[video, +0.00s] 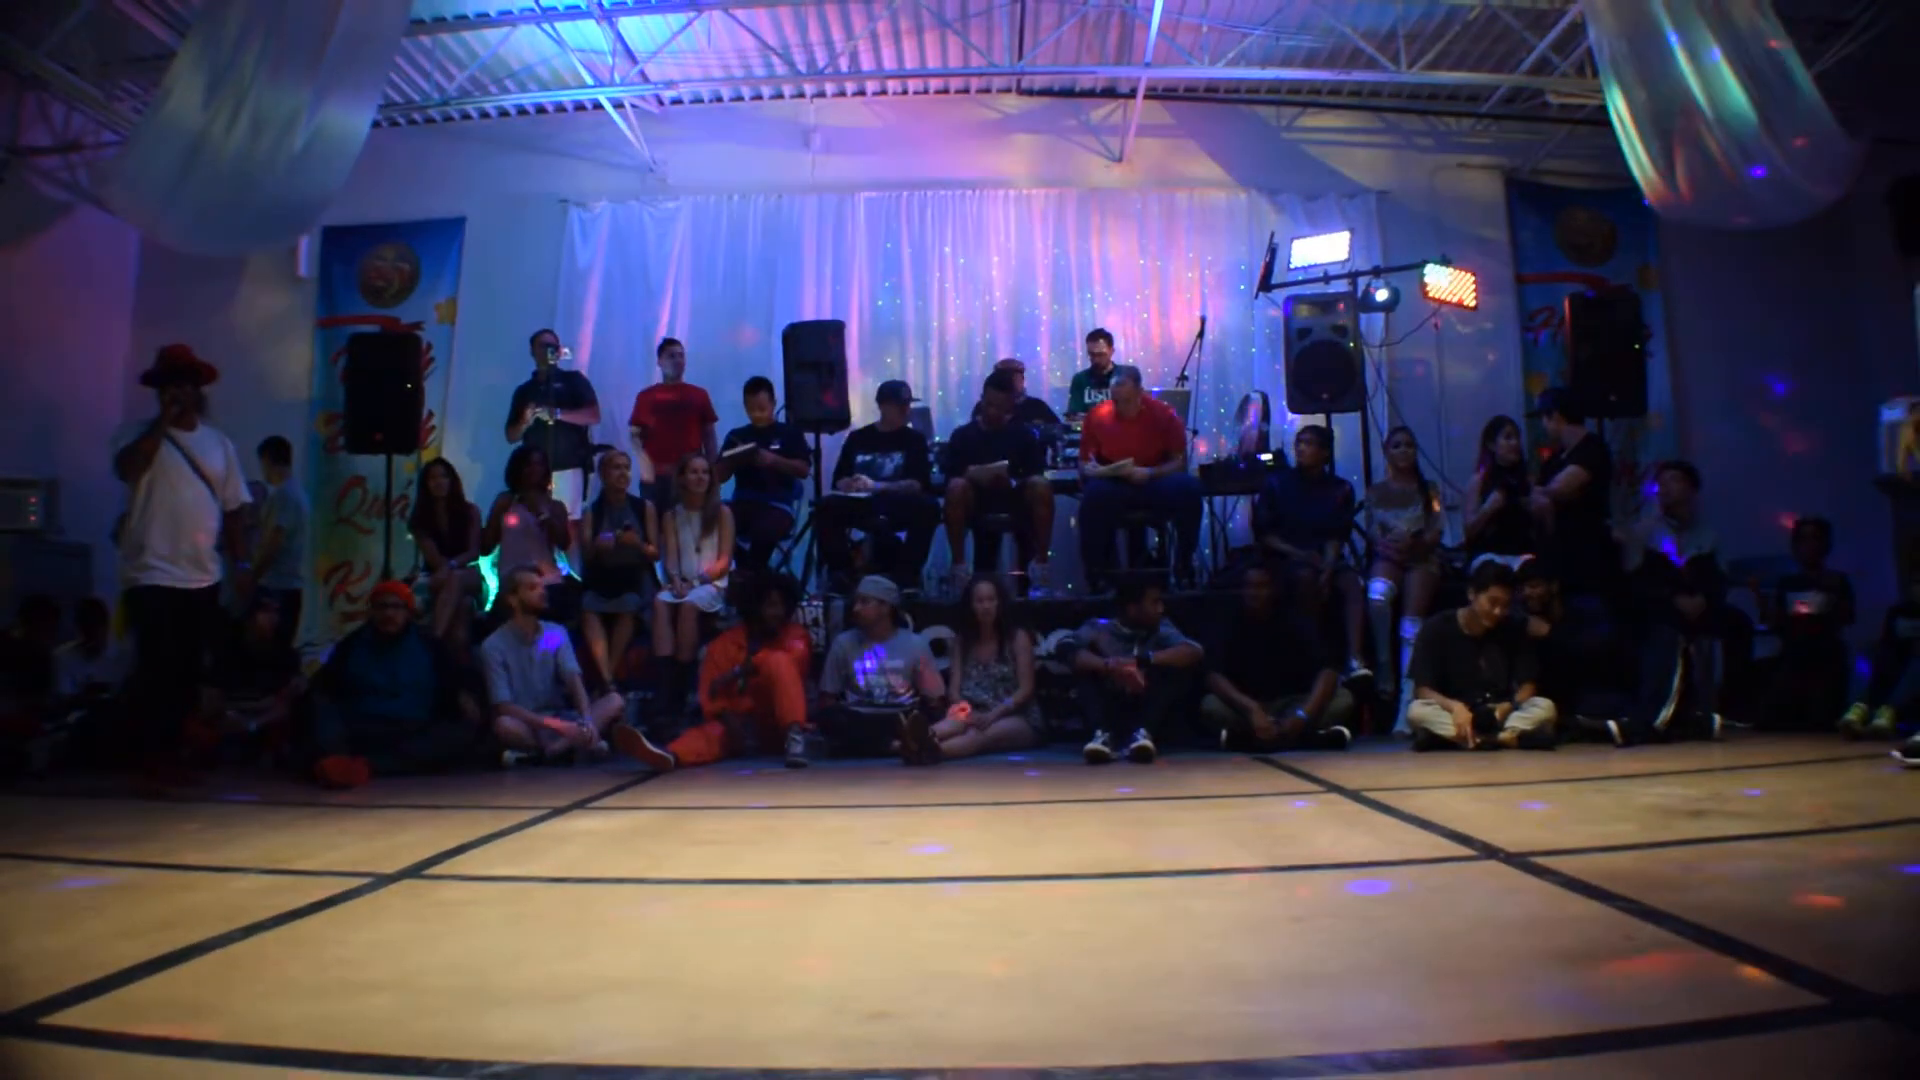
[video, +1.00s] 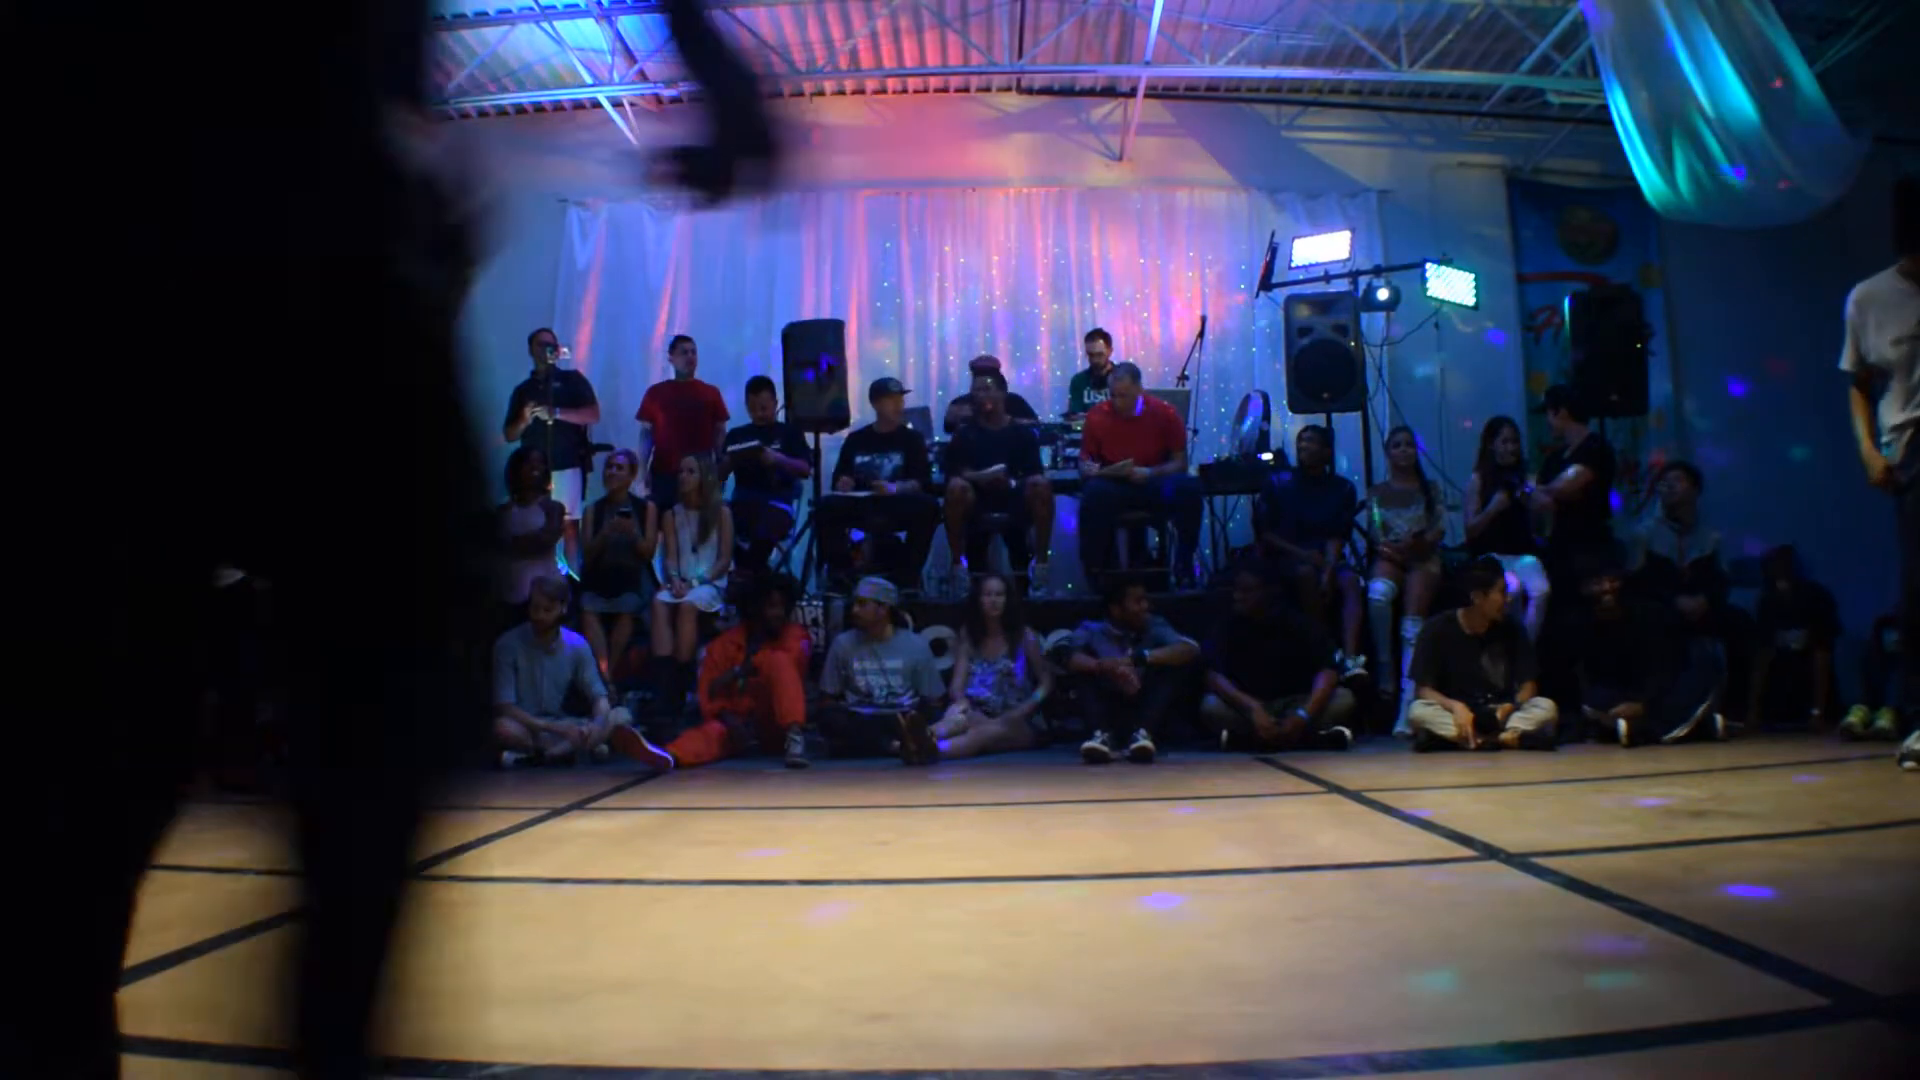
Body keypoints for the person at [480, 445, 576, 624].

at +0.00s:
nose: (535, 470)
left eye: (540, 465)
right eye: (529, 465)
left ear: (547, 470)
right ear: (518, 469)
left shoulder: (555, 506)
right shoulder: (505, 501)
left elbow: (564, 543)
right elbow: (486, 547)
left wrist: (546, 517)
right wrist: (500, 512)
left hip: (548, 581)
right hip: (512, 582)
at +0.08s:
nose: (536, 471)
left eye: (541, 466)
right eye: (530, 466)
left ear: (547, 471)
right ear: (518, 470)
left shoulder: (555, 507)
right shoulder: (506, 507)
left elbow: (561, 537)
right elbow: (485, 546)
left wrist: (527, 520)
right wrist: (502, 516)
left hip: (547, 575)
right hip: (513, 576)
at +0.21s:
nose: (532, 472)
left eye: (537, 467)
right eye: (527, 467)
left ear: (545, 473)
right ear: (516, 472)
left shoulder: (554, 508)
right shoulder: (501, 512)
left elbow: (549, 531)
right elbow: (484, 544)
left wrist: (518, 519)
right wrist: (501, 526)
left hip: (548, 584)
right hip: (509, 586)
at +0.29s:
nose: (535, 471)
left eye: (539, 466)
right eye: (529, 467)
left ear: (545, 472)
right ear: (516, 472)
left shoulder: (553, 507)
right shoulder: (499, 512)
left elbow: (546, 529)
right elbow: (486, 543)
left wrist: (510, 524)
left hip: (547, 587)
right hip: (508, 589)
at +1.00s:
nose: (535, 472)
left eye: (539, 467)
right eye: (529, 466)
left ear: (545, 472)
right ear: (515, 472)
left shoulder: (553, 508)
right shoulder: (502, 512)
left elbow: (548, 542)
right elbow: (499, 546)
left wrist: (510, 545)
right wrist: (539, 538)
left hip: (544, 590)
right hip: (511, 591)